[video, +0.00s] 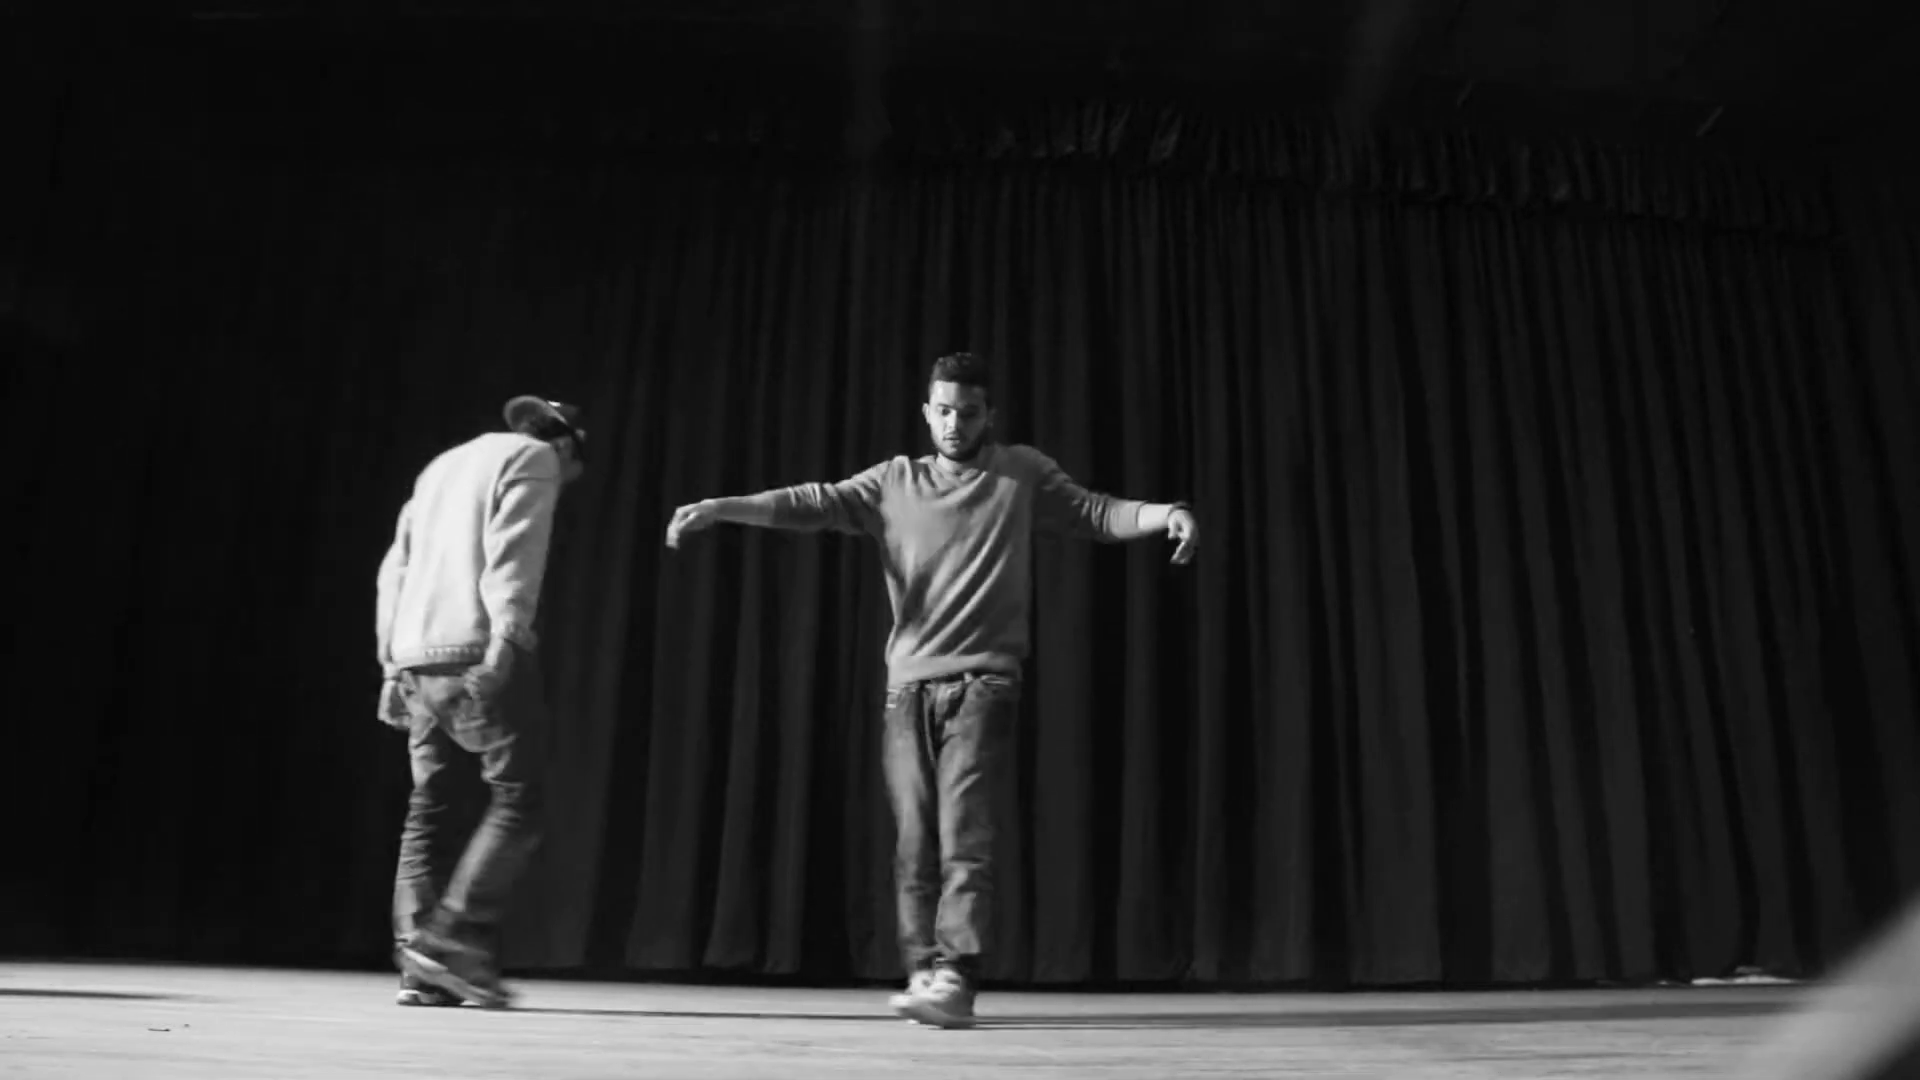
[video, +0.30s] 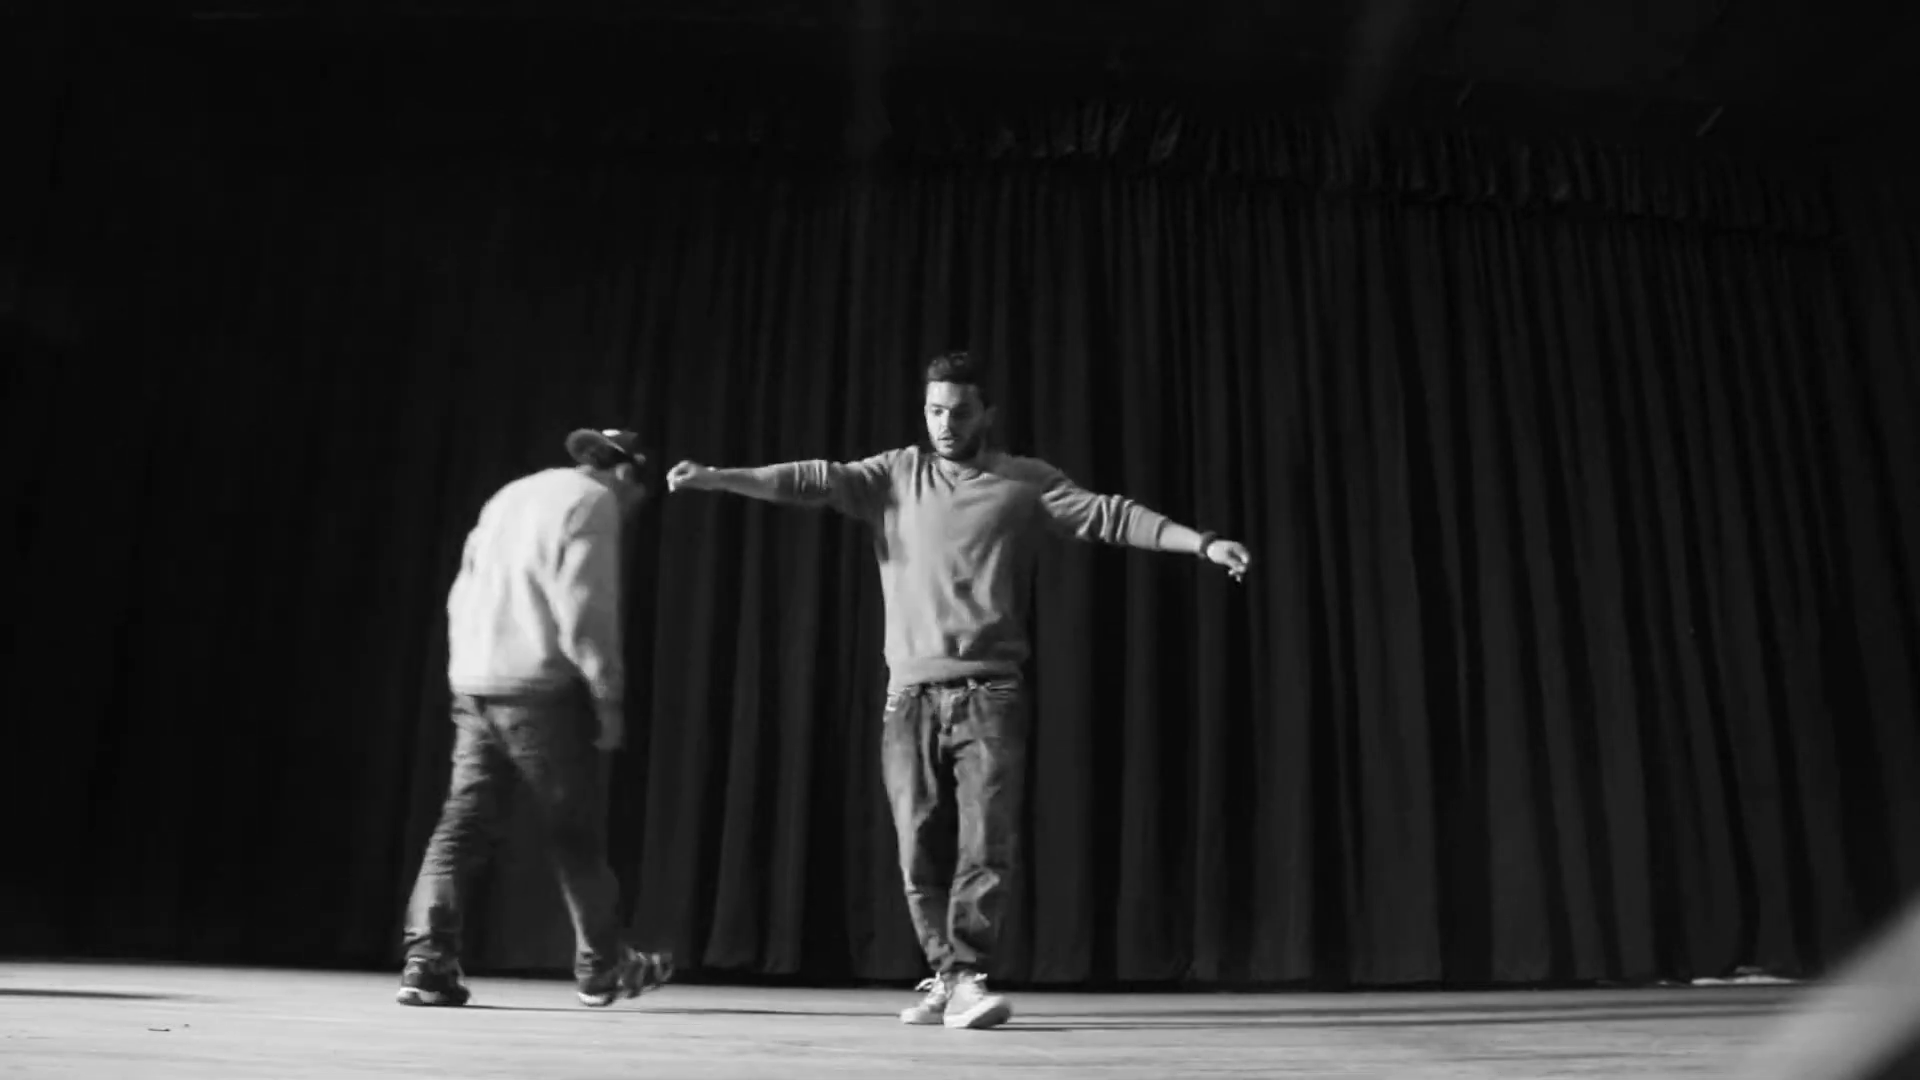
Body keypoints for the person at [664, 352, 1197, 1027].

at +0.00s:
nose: (954, 425)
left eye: (967, 412)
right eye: (943, 411)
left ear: (987, 412)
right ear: (926, 410)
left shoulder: (1022, 472)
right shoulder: (891, 481)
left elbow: (1094, 512)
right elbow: (809, 502)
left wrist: (1161, 514)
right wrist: (718, 508)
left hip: (983, 673)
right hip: (908, 676)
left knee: (962, 819)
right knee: (915, 824)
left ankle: (956, 975)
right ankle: (923, 972)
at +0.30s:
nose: (947, 422)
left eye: (959, 410)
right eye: (937, 410)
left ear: (986, 414)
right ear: (923, 414)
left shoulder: (1026, 482)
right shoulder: (894, 476)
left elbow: (1109, 517)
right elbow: (809, 479)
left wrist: (1201, 543)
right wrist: (717, 478)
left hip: (991, 689)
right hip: (910, 691)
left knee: (986, 838)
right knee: (921, 841)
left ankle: (968, 979)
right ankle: (943, 975)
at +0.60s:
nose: (965, 411)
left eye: (978, 399)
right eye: (961, 399)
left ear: (1017, 402)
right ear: (961, 405)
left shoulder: (1065, 471)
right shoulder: (931, 464)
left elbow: (1137, 522)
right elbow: (841, 473)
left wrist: (1215, 566)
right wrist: (742, 460)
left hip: (967, 675)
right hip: (887, 654)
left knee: (966, 832)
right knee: (819, 768)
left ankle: (964, 982)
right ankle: (819, 912)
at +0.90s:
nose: (979, 406)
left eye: (992, 394)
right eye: (976, 394)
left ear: (1029, 398)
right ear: (974, 398)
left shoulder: (1077, 474)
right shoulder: (941, 460)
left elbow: (1147, 531)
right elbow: (848, 465)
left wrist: (1219, 582)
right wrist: (757, 454)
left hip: (979, 672)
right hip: (897, 649)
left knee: (979, 824)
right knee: (824, 752)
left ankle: (968, 982)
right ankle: (800, 890)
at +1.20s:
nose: (951, 398)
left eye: (965, 386)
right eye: (941, 386)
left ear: (994, 390)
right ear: (928, 389)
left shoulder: (1035, 459)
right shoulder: (895, 452)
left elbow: (1103, 513)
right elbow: (811, 466)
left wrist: (1173, 554)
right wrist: (727, 483)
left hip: (1020, 659)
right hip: (940, 652)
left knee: (1013, 827)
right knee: (954, 766)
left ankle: (986, 975)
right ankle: (933, 918)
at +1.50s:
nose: (918, 408)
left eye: (929, 394)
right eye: (904, 396)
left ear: (949, 398)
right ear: (884, 403)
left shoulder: (987, 461)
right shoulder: (861, 482)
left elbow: (1056, 509)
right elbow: (771, 499)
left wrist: (1122, 549)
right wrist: (674, 489)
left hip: (1005, 666)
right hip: (923, 668)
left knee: (1001, 829)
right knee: (913, 818)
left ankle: (981, 980)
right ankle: (893, 970)